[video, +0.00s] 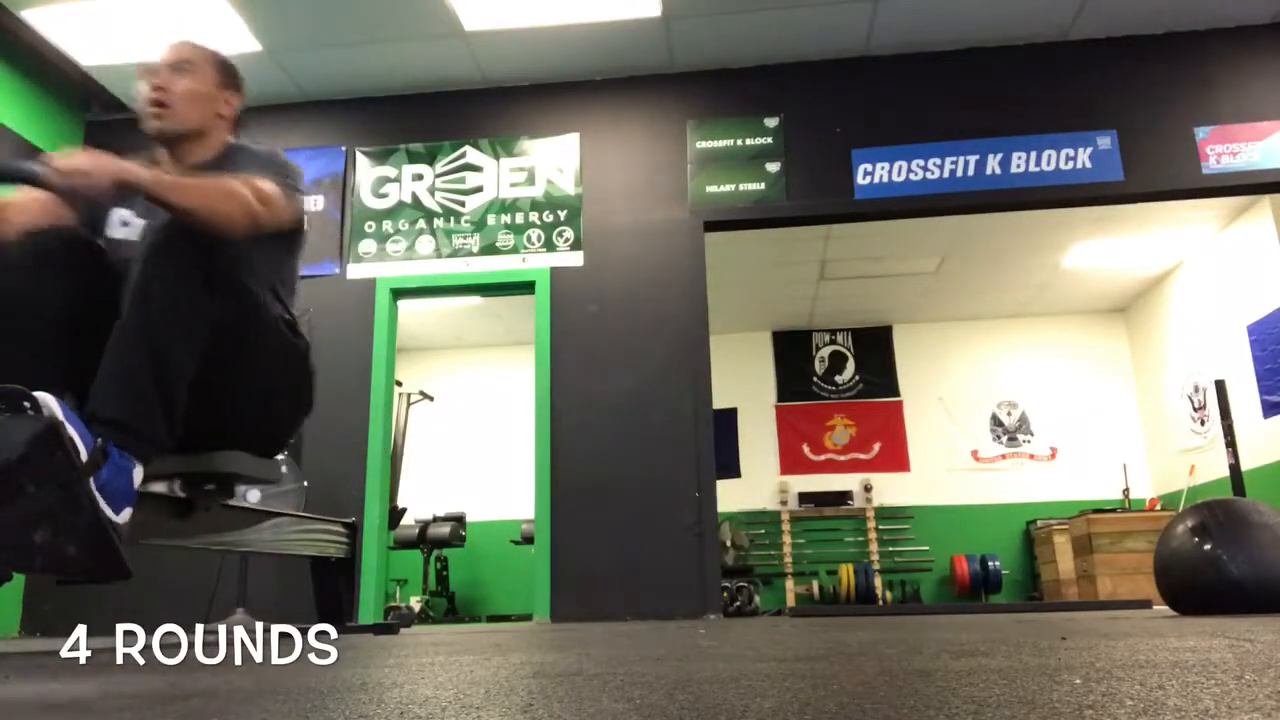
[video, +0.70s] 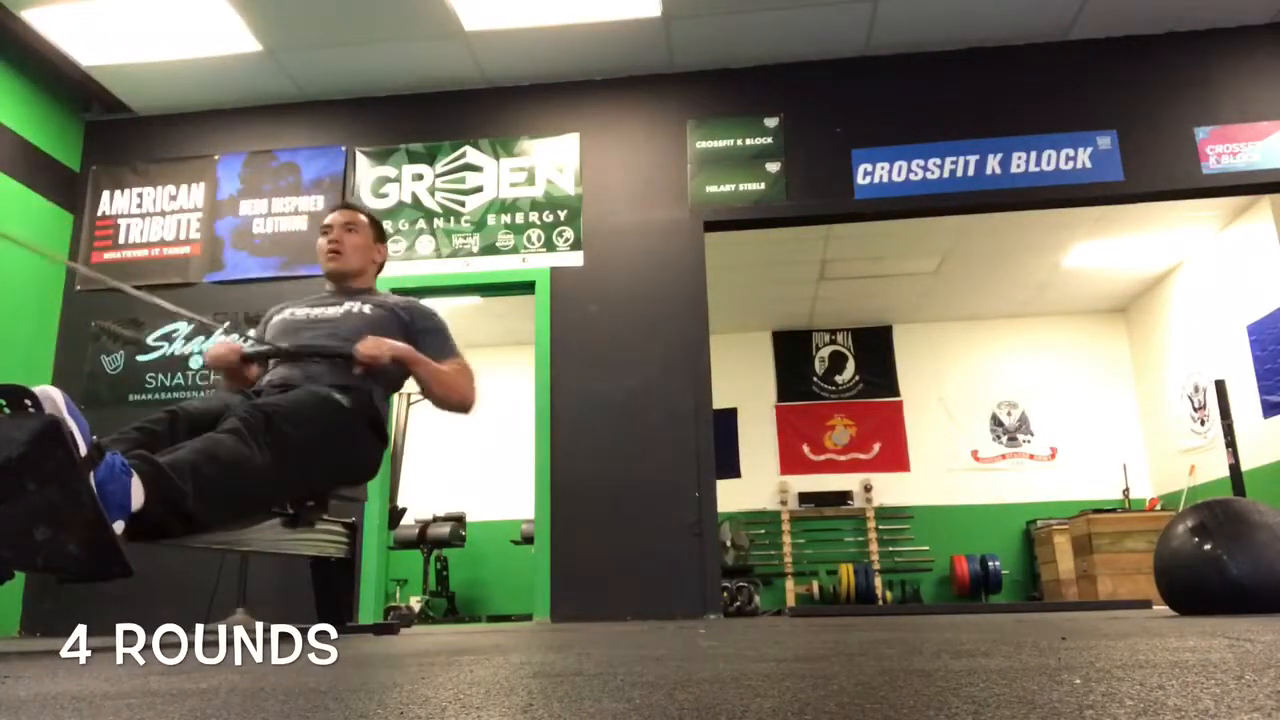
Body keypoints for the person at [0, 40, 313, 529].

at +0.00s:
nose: (155, 85)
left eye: (180, 71)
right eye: (150, 76)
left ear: (228, 104)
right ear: (141, 100)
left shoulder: (268, 171)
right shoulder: (118, 182)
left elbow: (242, 212)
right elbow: (19, 214)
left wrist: (127, 175)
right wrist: (12, 214)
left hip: (248, 395)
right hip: (131, 386)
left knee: (184, 238)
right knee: (48, 250)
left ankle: (119, 455)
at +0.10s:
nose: (201, 107)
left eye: (226, 97)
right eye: (194, 99)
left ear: (267, 131)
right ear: (184, 124)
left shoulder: (299, 192)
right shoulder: (159, 201)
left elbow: (281, 234)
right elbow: (61, 241)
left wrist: (176, 195)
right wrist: (1, 231)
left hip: (274, 399)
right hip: (170, 396)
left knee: (200, 275)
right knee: (79, 275)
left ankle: (115, 468)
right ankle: (12, 440)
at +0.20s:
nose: (241, 135)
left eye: (261, 125)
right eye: (235, 128)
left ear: (300, 156)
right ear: (226, 149)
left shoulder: (326, 215)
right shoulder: (207, 224)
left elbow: (318, 258)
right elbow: (115, 263)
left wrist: (225, 224)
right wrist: (27, 252)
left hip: (296, 411)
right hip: (205, 415)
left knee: (227, 294)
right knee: (109, 306)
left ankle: (119, 473)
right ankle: (16, 444)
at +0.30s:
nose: (276, 166)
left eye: (294, 158)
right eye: (272, 159)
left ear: (331, 185)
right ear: (264, 177)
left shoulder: (352, 242)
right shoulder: (244, 248)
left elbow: (353, 280)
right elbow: (156, 288)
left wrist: (268, 251)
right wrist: (80, 272)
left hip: (320, 412)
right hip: (226, 406)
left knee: (244, 349)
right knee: (133, 338)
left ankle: (115, 484)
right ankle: (37, 447)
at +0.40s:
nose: (302, 197)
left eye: (319, 189)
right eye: (299, 191)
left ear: (353, 212)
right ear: (293, 208)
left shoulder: (375, 267)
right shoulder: (267, 277)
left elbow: (382, 313)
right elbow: (189, 317)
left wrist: (308, 281)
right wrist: (130, 300)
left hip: (335, 417)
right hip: (253, 405)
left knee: (244, 377)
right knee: (150, 375)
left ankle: (123, 486)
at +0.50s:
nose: (324, 225)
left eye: (339, 218)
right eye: (320, 218)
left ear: (371, 239)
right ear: (311, 233)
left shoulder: (389, 290)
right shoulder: (279, 296)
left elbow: (413, 346)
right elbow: (211, 360)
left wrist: (345, 321)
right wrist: (173, 332)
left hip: (342, 417)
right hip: (262, 409)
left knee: (256, 415)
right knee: (163, 414)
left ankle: (128, 486)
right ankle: (89, 468)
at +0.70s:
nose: (331, 239)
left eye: (346, 231)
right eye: (325, 234)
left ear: (379, 252)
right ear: (319, 253)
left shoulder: (407, 313)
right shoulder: (287, 313)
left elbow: (462, 395)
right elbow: (254, 385)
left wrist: (405, 354)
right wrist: (227, 363)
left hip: (345, 409)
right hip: (270, 403)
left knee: (250, 437)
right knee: (181, 419)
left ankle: (128, 493)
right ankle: (95, 466)